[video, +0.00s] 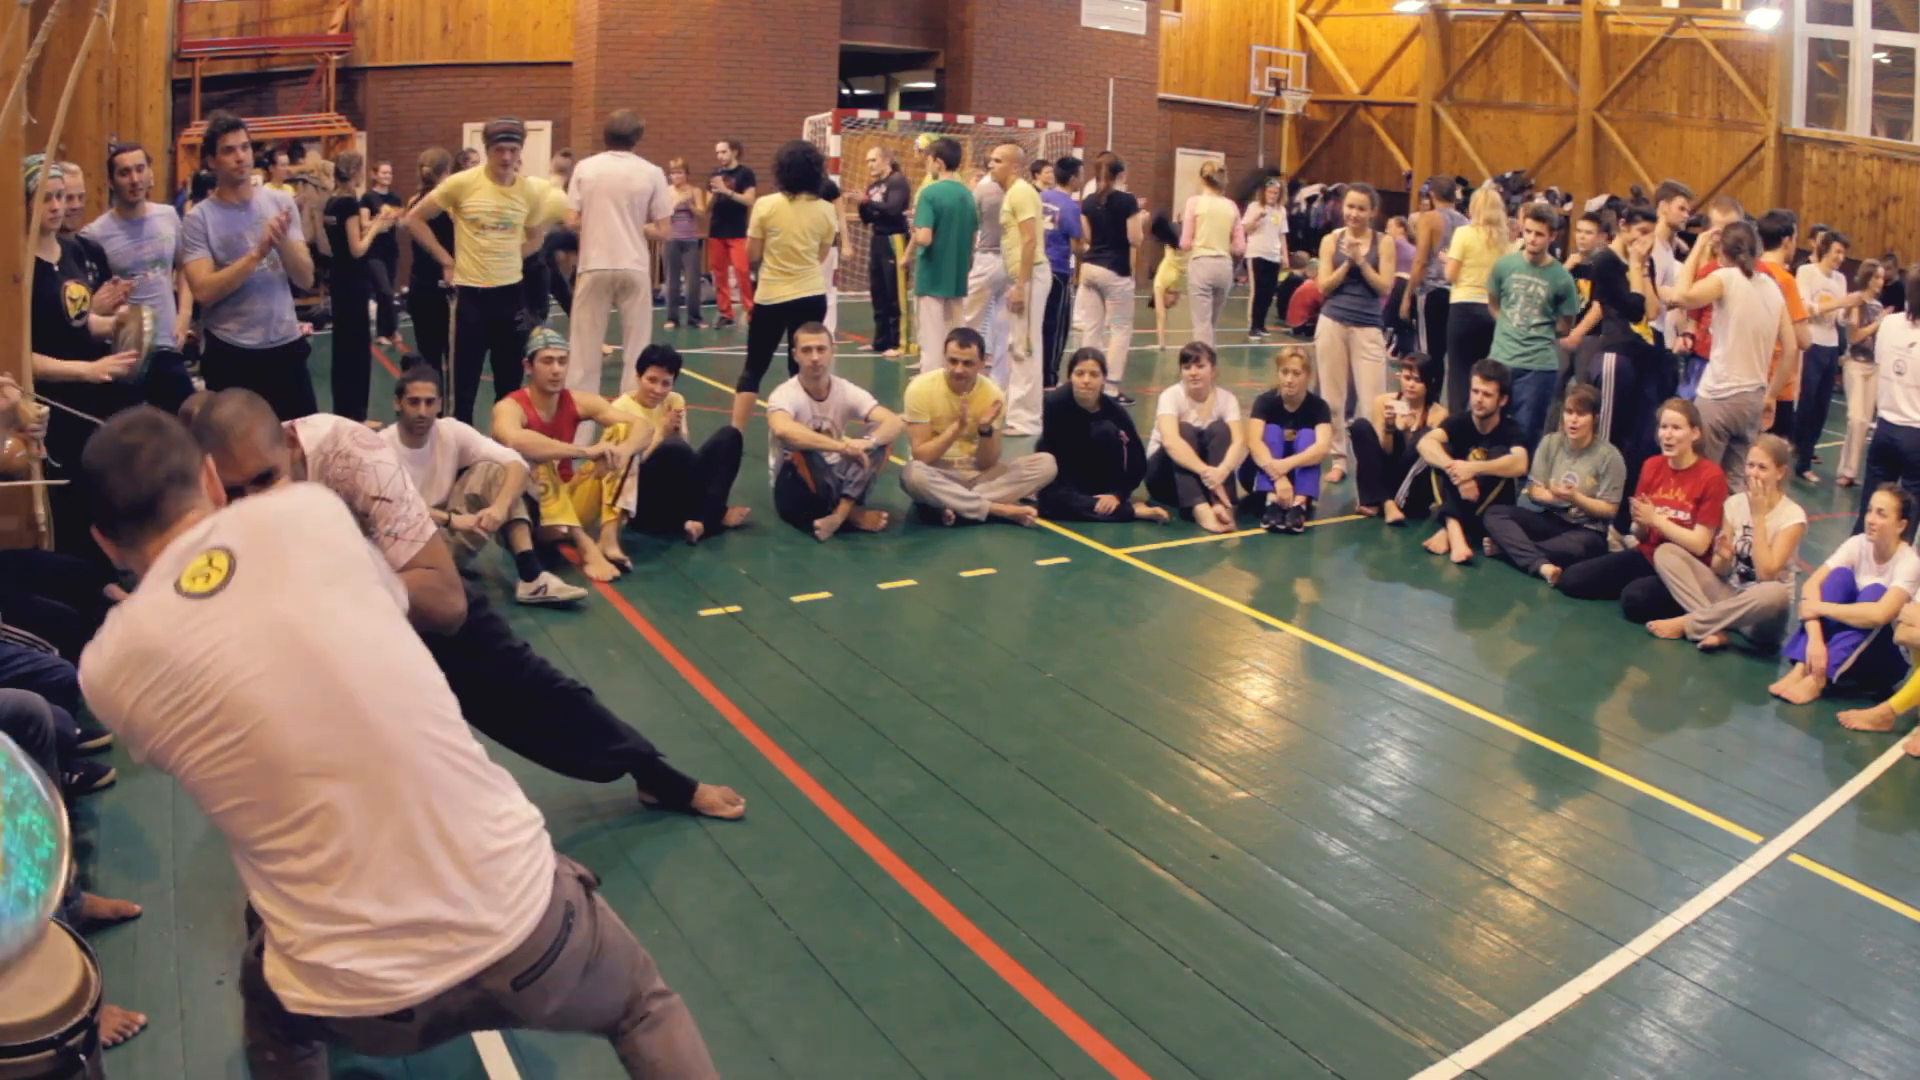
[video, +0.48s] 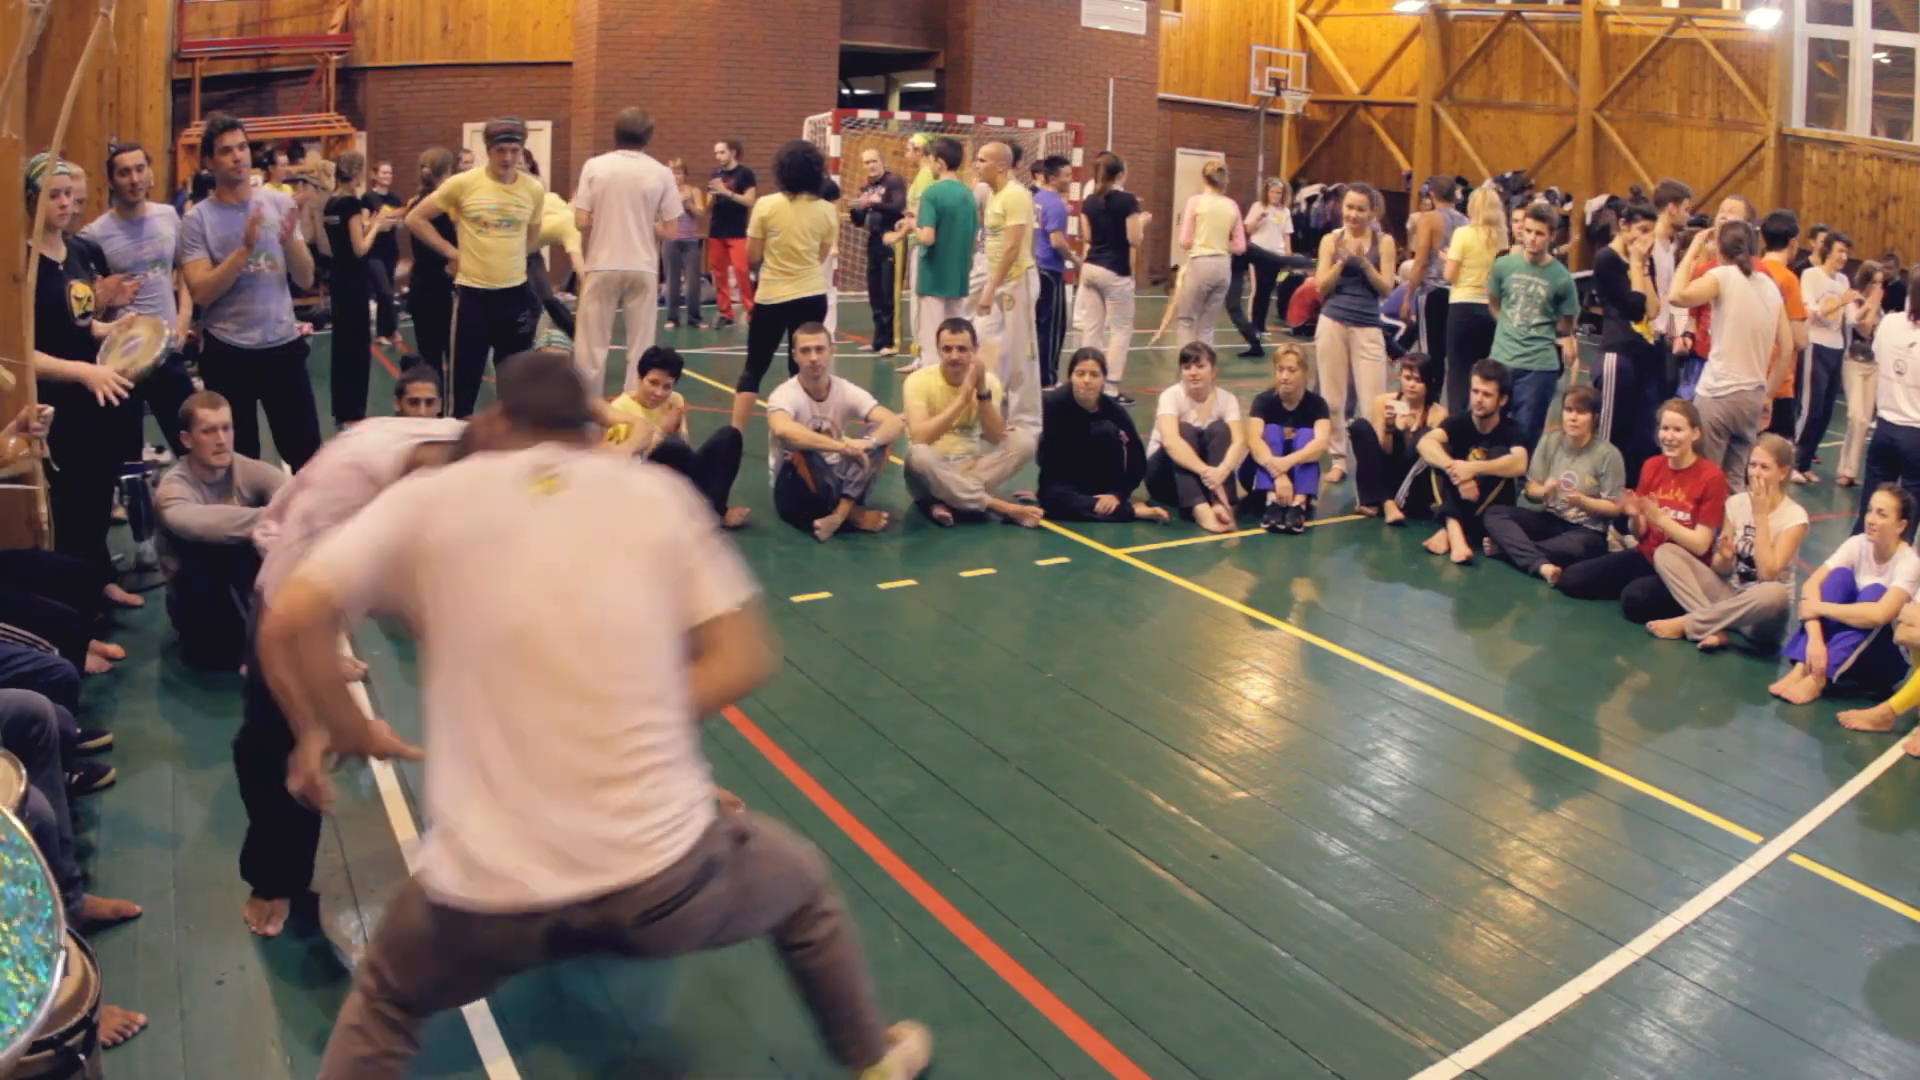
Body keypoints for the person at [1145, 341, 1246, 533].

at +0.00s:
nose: (1193, 373)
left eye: (1200, 366)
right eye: (1187, 367)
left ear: (1213, 371)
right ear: (1181, 372)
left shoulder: (1227, 399)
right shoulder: (1170, 396)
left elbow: (1240, 443)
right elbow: (1170, 441)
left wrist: (1222, 471)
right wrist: (1211, 480)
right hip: (1167, 482)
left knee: (1219, 428)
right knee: (1185, 430)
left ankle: (1222, 504)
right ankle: (1200, 507)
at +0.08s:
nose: (1193, 373)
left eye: (1200, 366)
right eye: (1187, 367)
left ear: (1213, 371)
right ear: (1180, 372)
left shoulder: (1227, 399)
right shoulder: (1170, 396)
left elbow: (1240, 442)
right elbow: (1170, 441)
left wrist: (1222, 471)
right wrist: (1212, 480)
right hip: (1167, 482)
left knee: (1219, 428)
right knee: (1185, 430)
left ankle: (1222, 504)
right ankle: (1200, 507)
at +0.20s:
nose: (1193, 373)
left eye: (1200, 366)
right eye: (1187, 367)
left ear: (1213, 370)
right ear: (1180, 371)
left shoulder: (1227, 399)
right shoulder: (1170, 396)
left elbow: (1240, 442)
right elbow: (1170, 441)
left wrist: (1222, 471)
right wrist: (1211, 479)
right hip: (1167, 482)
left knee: (1219, 428)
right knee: (1185, 430)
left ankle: (1222, 504)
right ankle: (1200, 507)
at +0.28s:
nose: (1193, 373)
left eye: (1200, 366)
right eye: (1187, 367)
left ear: (1213, 370)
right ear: (1180, 371)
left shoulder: (1227, 399)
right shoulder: (1170, 396)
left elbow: (1240, 442)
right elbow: (1170, 441)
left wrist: (1222, 471)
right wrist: (1211, 480)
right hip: (1167, 482)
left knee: (1219, 428)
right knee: (1185, 430)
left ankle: (1222, 503)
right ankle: (1200, 507)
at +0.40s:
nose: (1193, 373)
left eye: (1200, 366)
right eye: (1187, 367)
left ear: (1213, 371)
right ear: (1180, 372)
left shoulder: (1227, 399)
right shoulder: (1170, 396)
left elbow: (1239, 442)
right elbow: (1170, 441)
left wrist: (1222, 471)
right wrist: (1211, 480)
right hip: (1167, 482)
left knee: (1219, 428)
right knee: (1185, 430)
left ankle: (1223, 505)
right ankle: (1200, 507)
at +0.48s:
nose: (1193, 373)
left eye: (1200, 366)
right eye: (1187, 367)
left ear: (1213, 371)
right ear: (1180, 372)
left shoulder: (1227, 399)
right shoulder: (1170, 396)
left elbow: (1239, 442)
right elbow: (1170, 441)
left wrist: (1222, 471)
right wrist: (1211, 480)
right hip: (1167, 482)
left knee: (1219, 428)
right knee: (1185, 430)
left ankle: (1222, 504)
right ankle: (1200, 507)